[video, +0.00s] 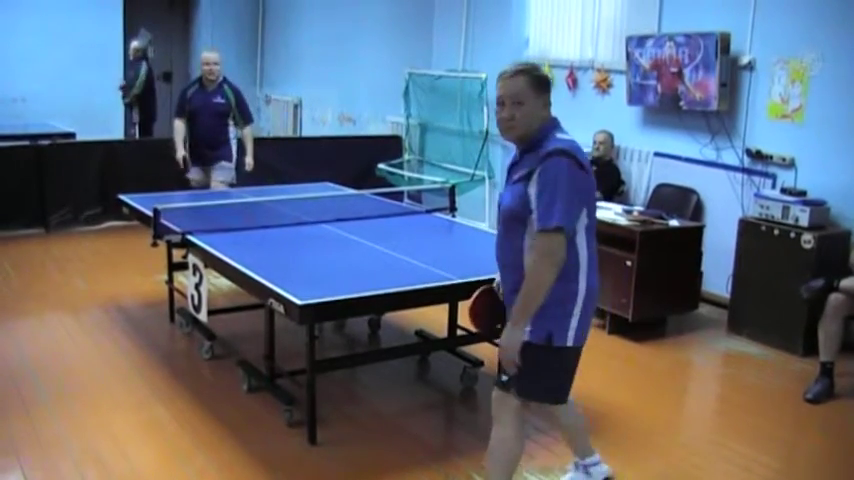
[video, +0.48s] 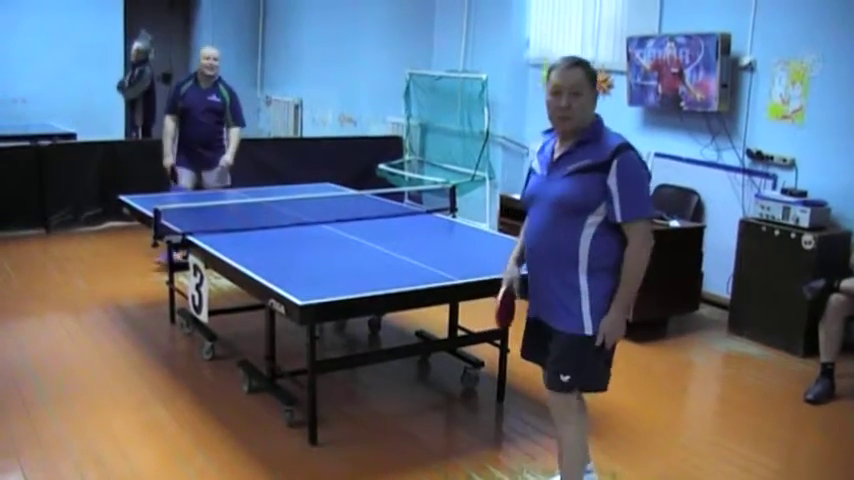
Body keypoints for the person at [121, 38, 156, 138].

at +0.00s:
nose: (130, 52)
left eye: (133, 50)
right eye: (130, 49)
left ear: (139, 51)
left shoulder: (143, 65)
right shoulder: (135, 65)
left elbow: (138, 86)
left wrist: (128, 99)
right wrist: (126, 88)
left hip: (143, 107)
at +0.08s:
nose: (130, 52)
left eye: (133, 49)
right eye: (131, 48)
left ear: (139, 51)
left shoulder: (143, 64)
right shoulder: (134, 64)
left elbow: (137, 86)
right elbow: (126, 79)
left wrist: (127, 95)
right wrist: (125, 83)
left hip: (143, 106)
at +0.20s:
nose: (131, 53)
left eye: (135, 50)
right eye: (132, 49)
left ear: (141, 51)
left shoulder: (143, 66)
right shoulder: (134, 66)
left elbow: (136, 84)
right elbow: (125, 78)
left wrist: (126, 90)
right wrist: (125, 83)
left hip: (143, 107)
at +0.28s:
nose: (131, 52)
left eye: (134, 50)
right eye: (132, 49)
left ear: (141, 52)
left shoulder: (143, 67)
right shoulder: (134, 66)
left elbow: (134, 86)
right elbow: (123, 80)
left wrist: (124, 87)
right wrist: (124, 83)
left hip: (142, 112)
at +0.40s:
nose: (132, 53)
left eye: (136, 50)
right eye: (132, 50)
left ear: (142, 52)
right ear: (132, 51)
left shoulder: (144, 69)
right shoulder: (133, 69)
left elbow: (131, 90)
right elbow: (124, 81)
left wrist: (122, 86)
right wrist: (123, 85)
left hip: (143, 113)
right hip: (134, 111)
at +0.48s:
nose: (133, 54)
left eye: (137, 51)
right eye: (133, 50)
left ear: (144, 53)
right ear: (132, 52)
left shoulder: (145, 71)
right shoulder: (133, 70)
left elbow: (134, 92)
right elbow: (124, 82)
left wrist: (124, 89)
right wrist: (125, 87)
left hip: (144, 115)